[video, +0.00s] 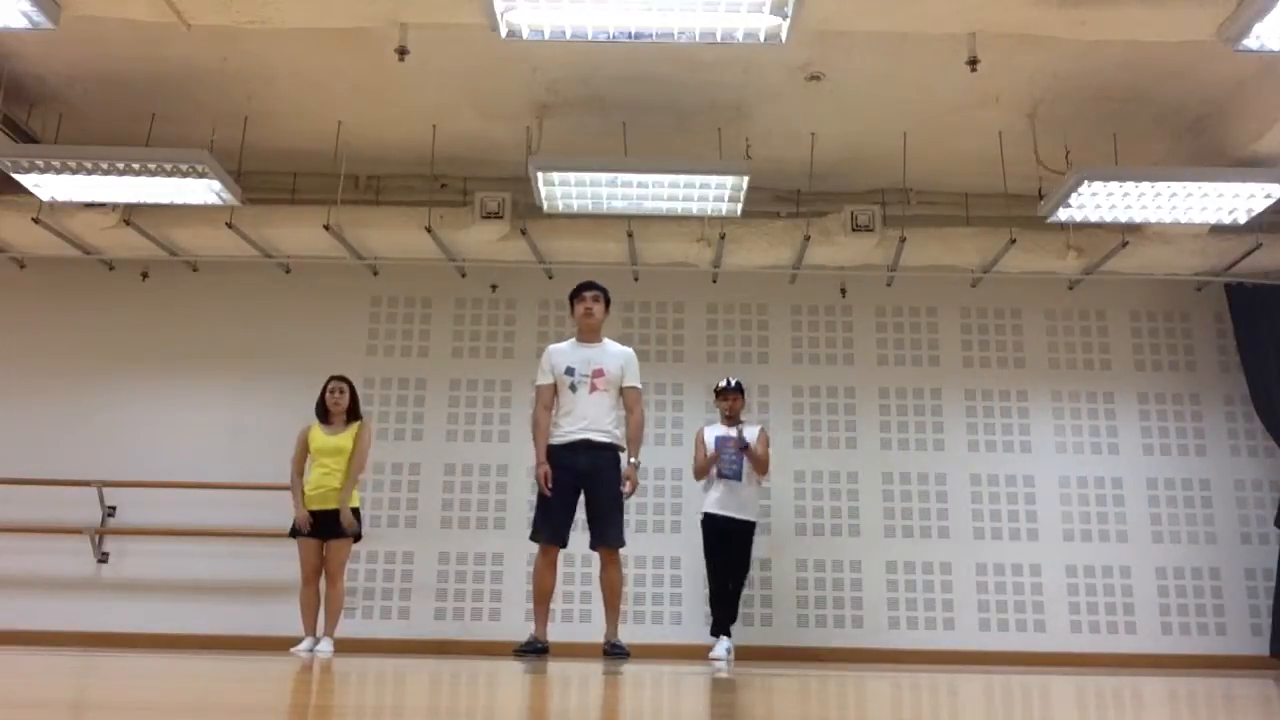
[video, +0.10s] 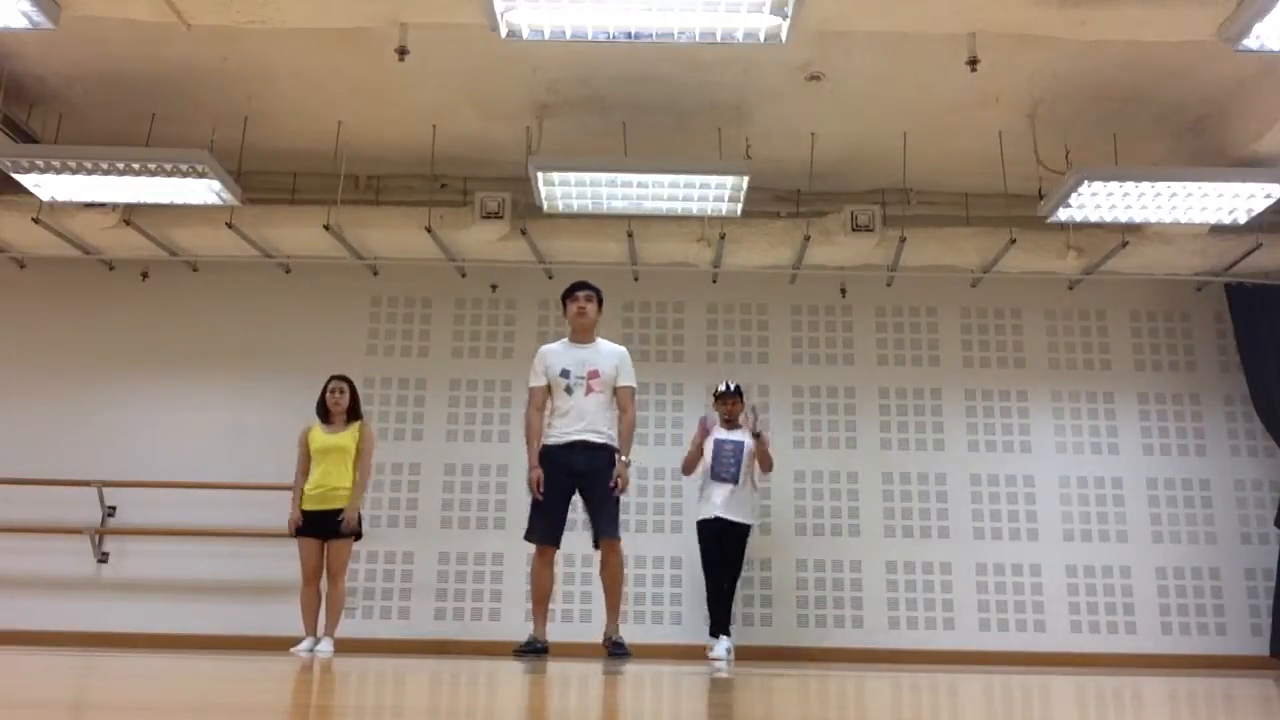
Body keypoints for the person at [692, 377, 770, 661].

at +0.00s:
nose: (729, 404)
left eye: (734, 399)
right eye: (724, 399)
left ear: (743, 402)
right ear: (717, 402)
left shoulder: (756, 433)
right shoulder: (706, 433)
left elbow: (763, 469)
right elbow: (698, 473)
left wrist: (746, 448)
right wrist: (714, 456)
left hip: (744, 513)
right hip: (715, 510)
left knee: (736, 576)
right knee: (717, 575)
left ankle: (722, 634)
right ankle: (722, 636)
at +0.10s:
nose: (728, 408)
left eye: (733, 403)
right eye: (723, 403)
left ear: (741, 405)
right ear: (716, 406)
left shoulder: (751, 436)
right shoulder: (709, 434)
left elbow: (767, 467)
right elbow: (687, 469)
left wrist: (758, 437)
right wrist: (699, 440)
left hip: (738, 513)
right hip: (710, 511)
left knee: (729, 577)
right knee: (714, 576)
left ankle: (719, 636)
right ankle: (721, 636)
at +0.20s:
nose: (728, 410)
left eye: (733, 405)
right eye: (723, 405)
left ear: (740, 409)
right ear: (715, 408)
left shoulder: (749, 438)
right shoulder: (705, 434)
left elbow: (770, 458)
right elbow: (678, 456)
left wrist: (759, 425)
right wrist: (694, 428)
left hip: (735, 517)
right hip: (706, 514)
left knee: (726, 579)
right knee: (712, 577)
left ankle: (716, 636)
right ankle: (720, 636)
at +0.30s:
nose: (726, 413)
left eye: (731, 407)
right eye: (722, 407)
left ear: (738, 410)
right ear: (713, 410)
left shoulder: (745, 438)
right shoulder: (702, 435)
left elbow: (771, 450)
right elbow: (671, 444)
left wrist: (754, 419)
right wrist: (693, 416)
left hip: (733, 517)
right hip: (705, 514)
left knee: (725, 576)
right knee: (710, 575)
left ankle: (715, 635)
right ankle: (713, 635)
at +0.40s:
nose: (723, 413)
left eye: (727, 408)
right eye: (718, 408)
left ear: (735, 410)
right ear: (710, 410)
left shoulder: (743, 437)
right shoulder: (700, 435)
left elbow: (772, 446)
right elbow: (668, 438)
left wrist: (751, 418)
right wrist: (693, 413)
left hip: (731, 515)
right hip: (703, 513)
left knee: (724, 577)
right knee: (705, 575)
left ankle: (717, 637)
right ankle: (701, 635)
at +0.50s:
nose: (721, 414)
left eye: (725, 409)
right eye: (716, 408)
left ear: (732, 411)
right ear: (708, 411)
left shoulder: (741, 438)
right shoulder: (697, 436)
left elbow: (772, 445)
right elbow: (664, 435)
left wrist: (751, 418)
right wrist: (690, 412)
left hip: (729, 516)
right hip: (700, 514)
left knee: (722, 580)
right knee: (697, 576)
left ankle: (716, 638)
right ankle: (693, 634)